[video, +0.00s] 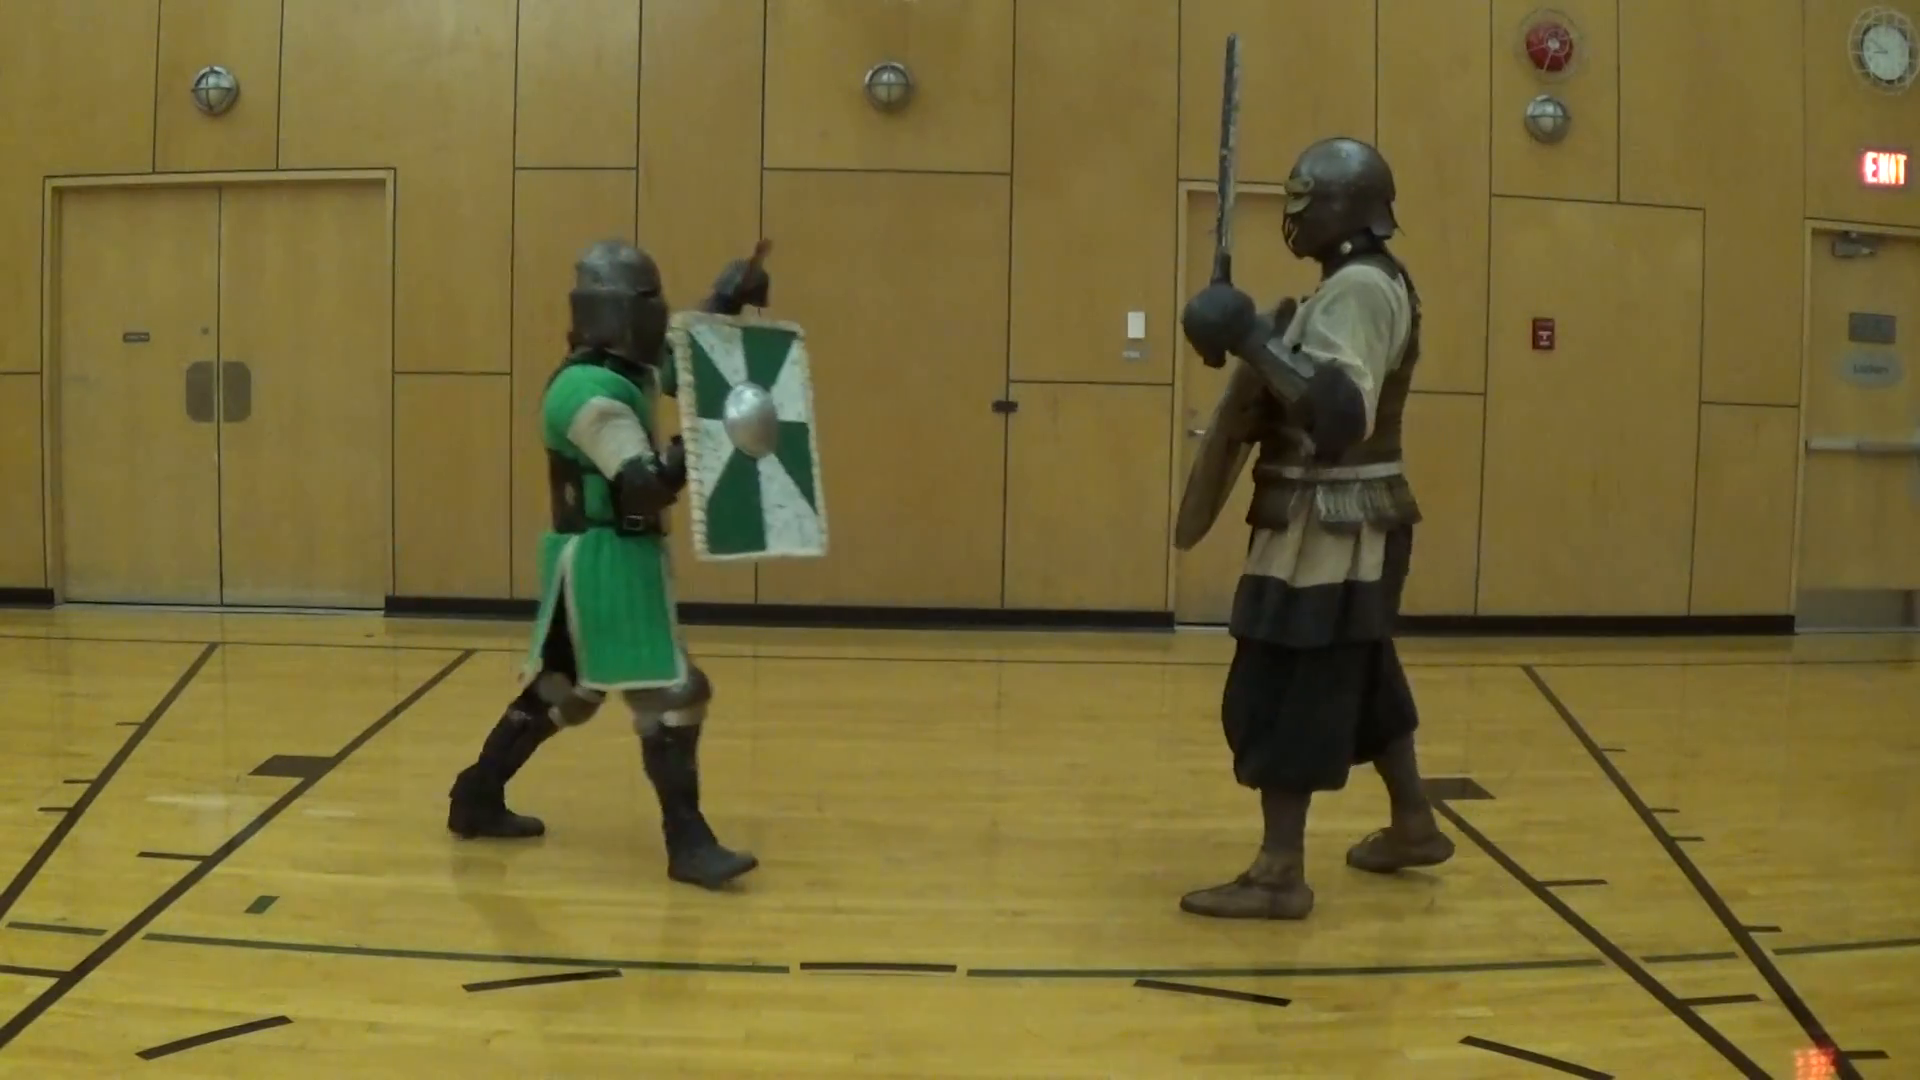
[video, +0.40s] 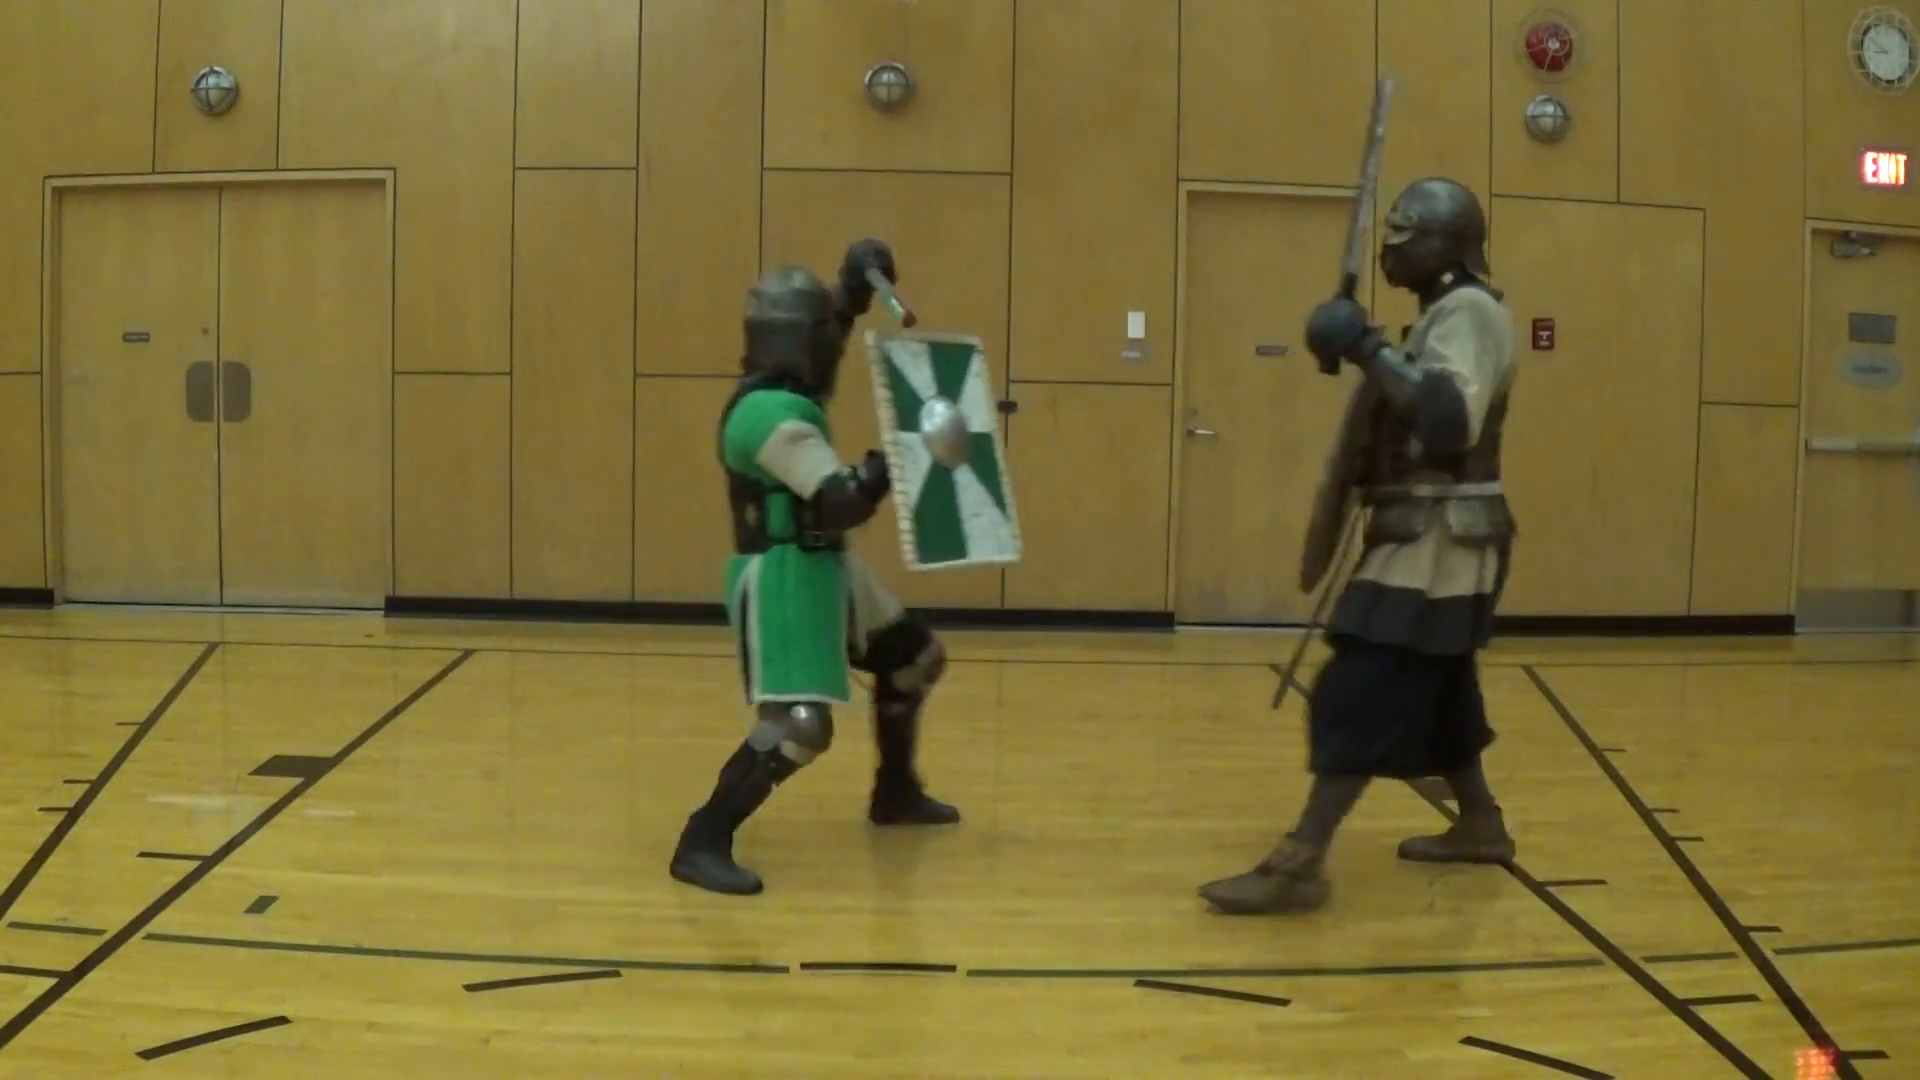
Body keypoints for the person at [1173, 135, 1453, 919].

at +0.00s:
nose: (1287, 211)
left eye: (1302, 197)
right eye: (1290, 196)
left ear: (1349, 209)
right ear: (1356, 210)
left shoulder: (1358, 292)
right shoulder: (1367, 282)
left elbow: (1340, 416)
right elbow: (1317, 387)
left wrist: (1252, 340)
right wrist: (1256, 342)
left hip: (1327, 516)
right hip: (1360, 508)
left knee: (1284, 683)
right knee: (1364, 663)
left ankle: (1280, 871)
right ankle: (1414, 822)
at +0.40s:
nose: (1388, 242)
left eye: (1405, 231)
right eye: (1391, 230)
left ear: (1449, 243)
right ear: (1439, 244)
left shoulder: (1468, 314)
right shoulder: (1439, 314)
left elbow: (1446, 417)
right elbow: (1419, 400)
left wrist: (1369, 345)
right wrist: (1358, 345)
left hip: (1440, 540)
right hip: (1422, 534)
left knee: (1355, 692)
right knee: (1437, 685)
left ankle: (1299, 862)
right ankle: (1481, 823)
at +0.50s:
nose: (1420, 238)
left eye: (1436, 227)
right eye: (1421, 225)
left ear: (1484, 239)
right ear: (1466, 240)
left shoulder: (1504, 308)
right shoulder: (1469, 311)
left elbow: (1480, 404)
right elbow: (1439, 396)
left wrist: (1405, 344)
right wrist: (1391, 344)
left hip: (1471, 543)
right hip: (1454, 538)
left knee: (1401, 687)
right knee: (1449, 681)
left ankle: (1400, 865)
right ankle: (1481, 818)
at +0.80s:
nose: (1523, 243)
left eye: (1538, 231)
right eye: (1526, 229)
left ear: (1582, 243)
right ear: (1569, 246)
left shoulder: (1605, 318)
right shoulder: (1569, 318)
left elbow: (1530, 405)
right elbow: (1528, 401)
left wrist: (1481, 340)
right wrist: (1481, 343)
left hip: (1566, 547)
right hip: (1527, 544)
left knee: (1572, 685)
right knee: (1474, 671)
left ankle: (1698, 819)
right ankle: (1482, 823)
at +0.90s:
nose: (1559, 250)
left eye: (1575, 239)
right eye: (1563, 238)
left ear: (1620, 251)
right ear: (1612, 252)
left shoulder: (1639, 326)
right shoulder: (1610, 324)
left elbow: (1556, 417)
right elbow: (1565, 411)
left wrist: (1516, 350)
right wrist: (1529, 355)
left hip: (1609, 558)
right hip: (1563, 552)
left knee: (1643, 698)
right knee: (1499, 677)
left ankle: (1742, 834)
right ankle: (1484, 823)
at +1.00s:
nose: (1592, 254)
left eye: (1608, 242)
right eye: (1595, 240)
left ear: (1652, 254)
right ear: (1645, 256)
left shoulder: (1674, 328)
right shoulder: (1644, 327)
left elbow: (1597, 422)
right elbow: (1600, 407)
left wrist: (1554, 356)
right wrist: (1559, 358)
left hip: (1659, 559)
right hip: (1609, 553)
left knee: (1691, 703)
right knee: (1541, 672)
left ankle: (1753, 852)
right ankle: (1495, 823)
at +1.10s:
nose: (1622, 251)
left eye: (1638, 238)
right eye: (1625, 237)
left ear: (1683, 250)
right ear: (1676, 252)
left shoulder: (1707, 328)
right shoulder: (1674, 325)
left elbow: (1627, 424)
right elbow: (1628, 413)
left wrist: (1585, 353)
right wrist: (1584, 355)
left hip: (1699, 560)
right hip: (1647, 555)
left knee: (1715, 707)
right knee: (1574, 674)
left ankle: (1756, 855)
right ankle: (1535, 818)